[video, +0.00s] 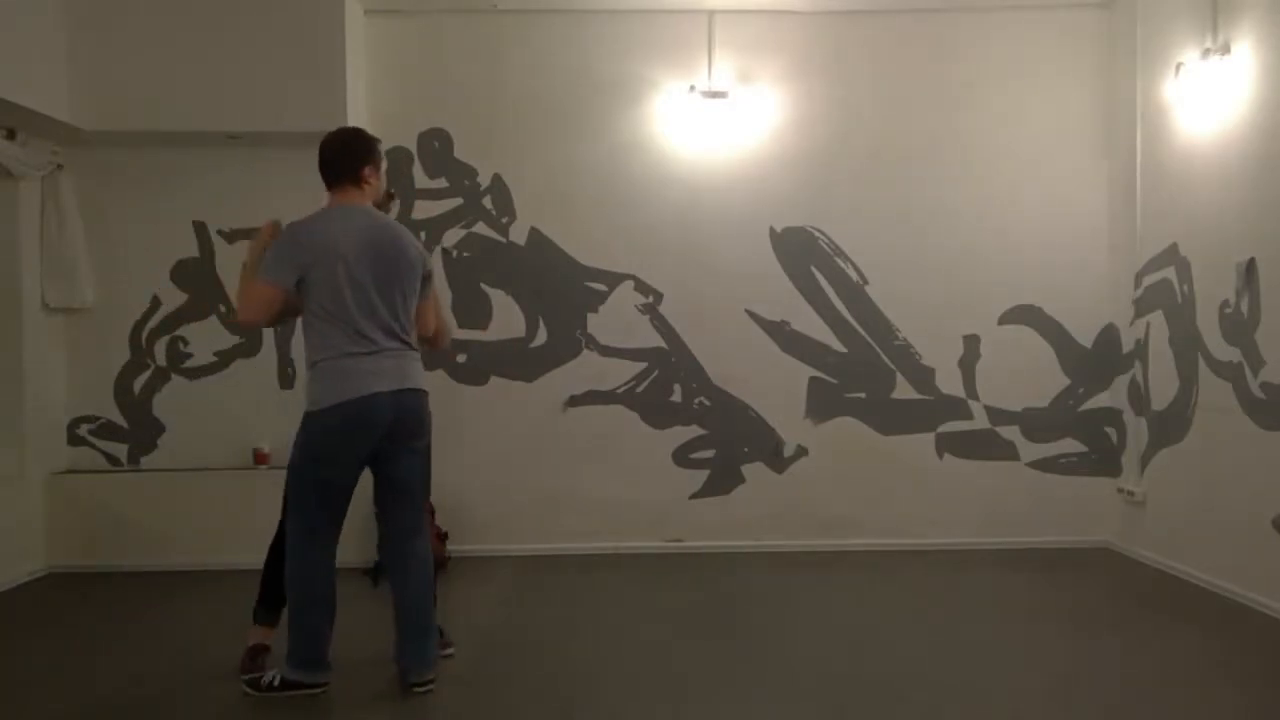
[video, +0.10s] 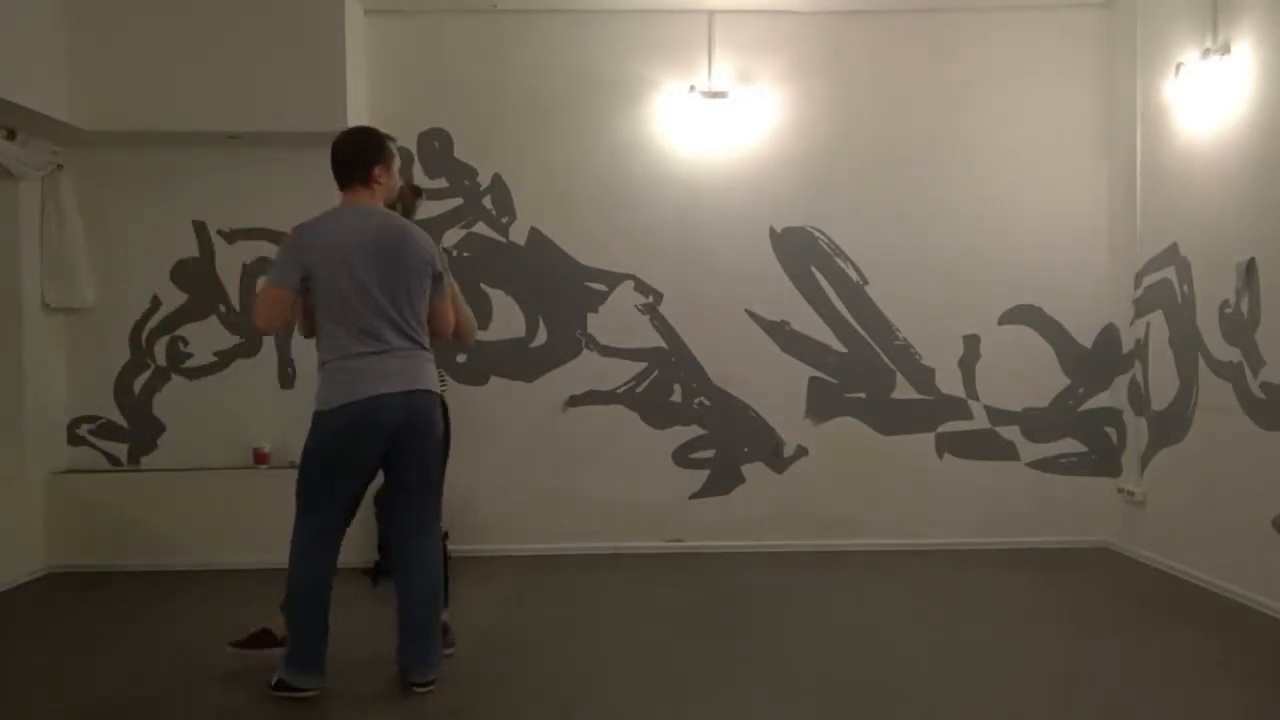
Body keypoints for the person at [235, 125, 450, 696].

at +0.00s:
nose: (383, 178)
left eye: (380, 169)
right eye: (380, 170)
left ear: (324, 177)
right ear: (369, 174)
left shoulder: (301, 238)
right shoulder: (405, 242)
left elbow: (251, 312)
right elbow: (432, 331)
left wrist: (260, 250)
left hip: (337, 404)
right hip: (406, 399)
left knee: (310, 535)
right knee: (409, 531)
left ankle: (306, 667)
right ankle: (418, 665)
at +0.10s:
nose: (399, 181)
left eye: (398, 170)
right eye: (396, 171)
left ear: (339, 176)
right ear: (378, 174)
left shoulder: (308, 238)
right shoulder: (417, 239)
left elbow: (268, 319)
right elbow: (444, 325)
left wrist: (308, 301)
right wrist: (394, 308)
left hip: (346, 405)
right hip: (418, 403)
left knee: (316, 536)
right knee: (417, 533)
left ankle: (303, 669)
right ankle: (420, 667)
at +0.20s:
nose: (406, 182)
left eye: (403, 172)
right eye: (402, 173)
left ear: (346, 179)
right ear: (386, 176)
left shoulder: (314, 241)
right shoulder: (422, 242)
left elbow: (284, 324)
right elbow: (451, 328)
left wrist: (317, 294)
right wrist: (405, 304)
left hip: (348, 408)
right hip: (422, 404)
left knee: (328, 538)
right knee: (423, 533)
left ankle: (307, 678)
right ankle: (421, 668)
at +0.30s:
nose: (412, 179)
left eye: (410, 168)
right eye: (408, 169)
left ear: (352, 175)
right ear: (386, 173)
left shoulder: (312, 238)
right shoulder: (423, 238)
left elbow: (287, 326)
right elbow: (458, 324)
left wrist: (331, 300)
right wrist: (414, 291)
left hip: (347, 405)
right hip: (420, 401)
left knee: (340, 537)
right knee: (428, 532)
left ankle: (332, 677)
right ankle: (422, 667)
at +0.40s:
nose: (412, 174)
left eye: (409, 164)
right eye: (406, 164)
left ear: (352, 173)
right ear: (383, 169)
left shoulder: (308, 235)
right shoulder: (419, 234)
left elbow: (287, 322)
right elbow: (463, 317)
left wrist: (336, 298)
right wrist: (448, 277)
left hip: (343, 399)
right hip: (415, 396)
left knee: (347, 531)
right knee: (426, 527)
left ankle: (362, 671)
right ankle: (423, 666)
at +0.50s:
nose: (411, 176)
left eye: (408, 166)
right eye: (404, 166)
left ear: (352, 177)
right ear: (379, 173)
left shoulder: (304, 238)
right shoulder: (412, 235)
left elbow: (287, 325)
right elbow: (463, 316)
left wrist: (339, 306)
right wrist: (436, 281)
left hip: (339, 401)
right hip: (412, 398)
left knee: (349, 534)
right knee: (422, 528)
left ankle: (366, 682)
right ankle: (425, 665)